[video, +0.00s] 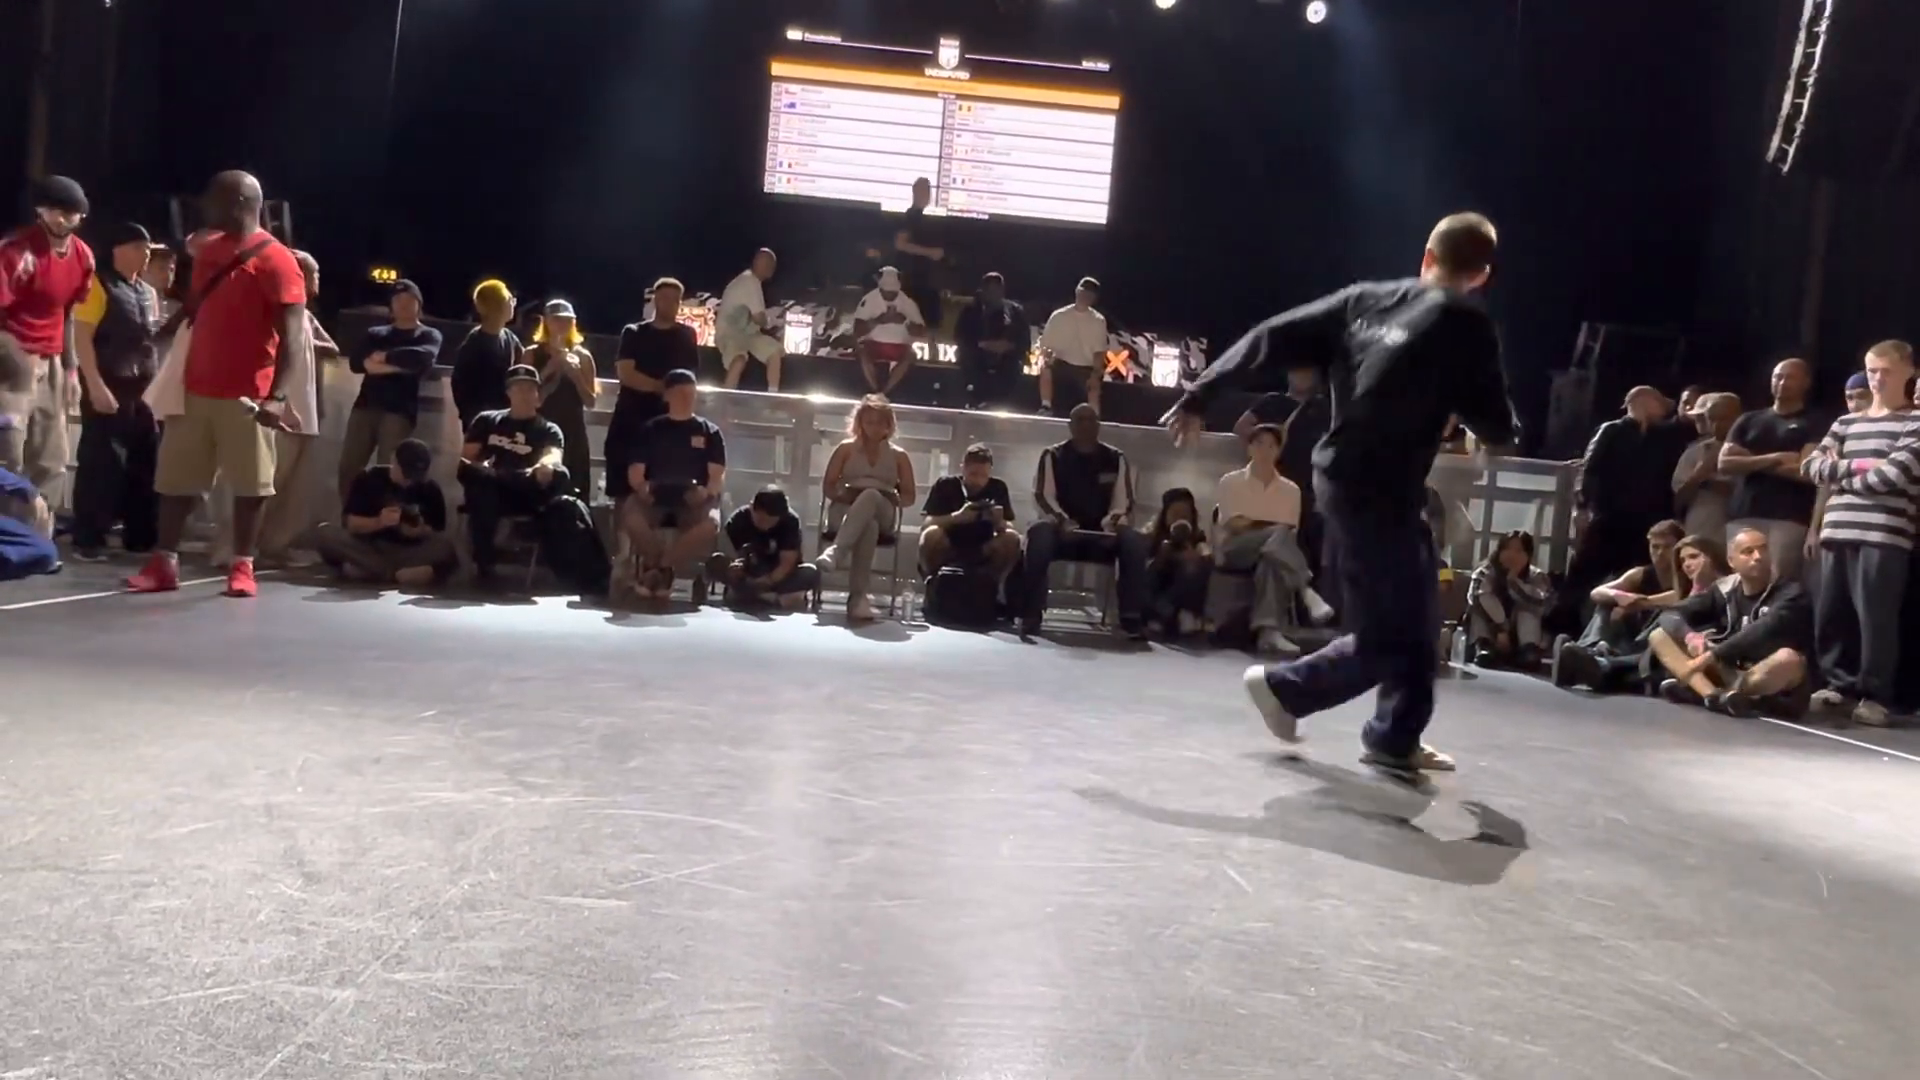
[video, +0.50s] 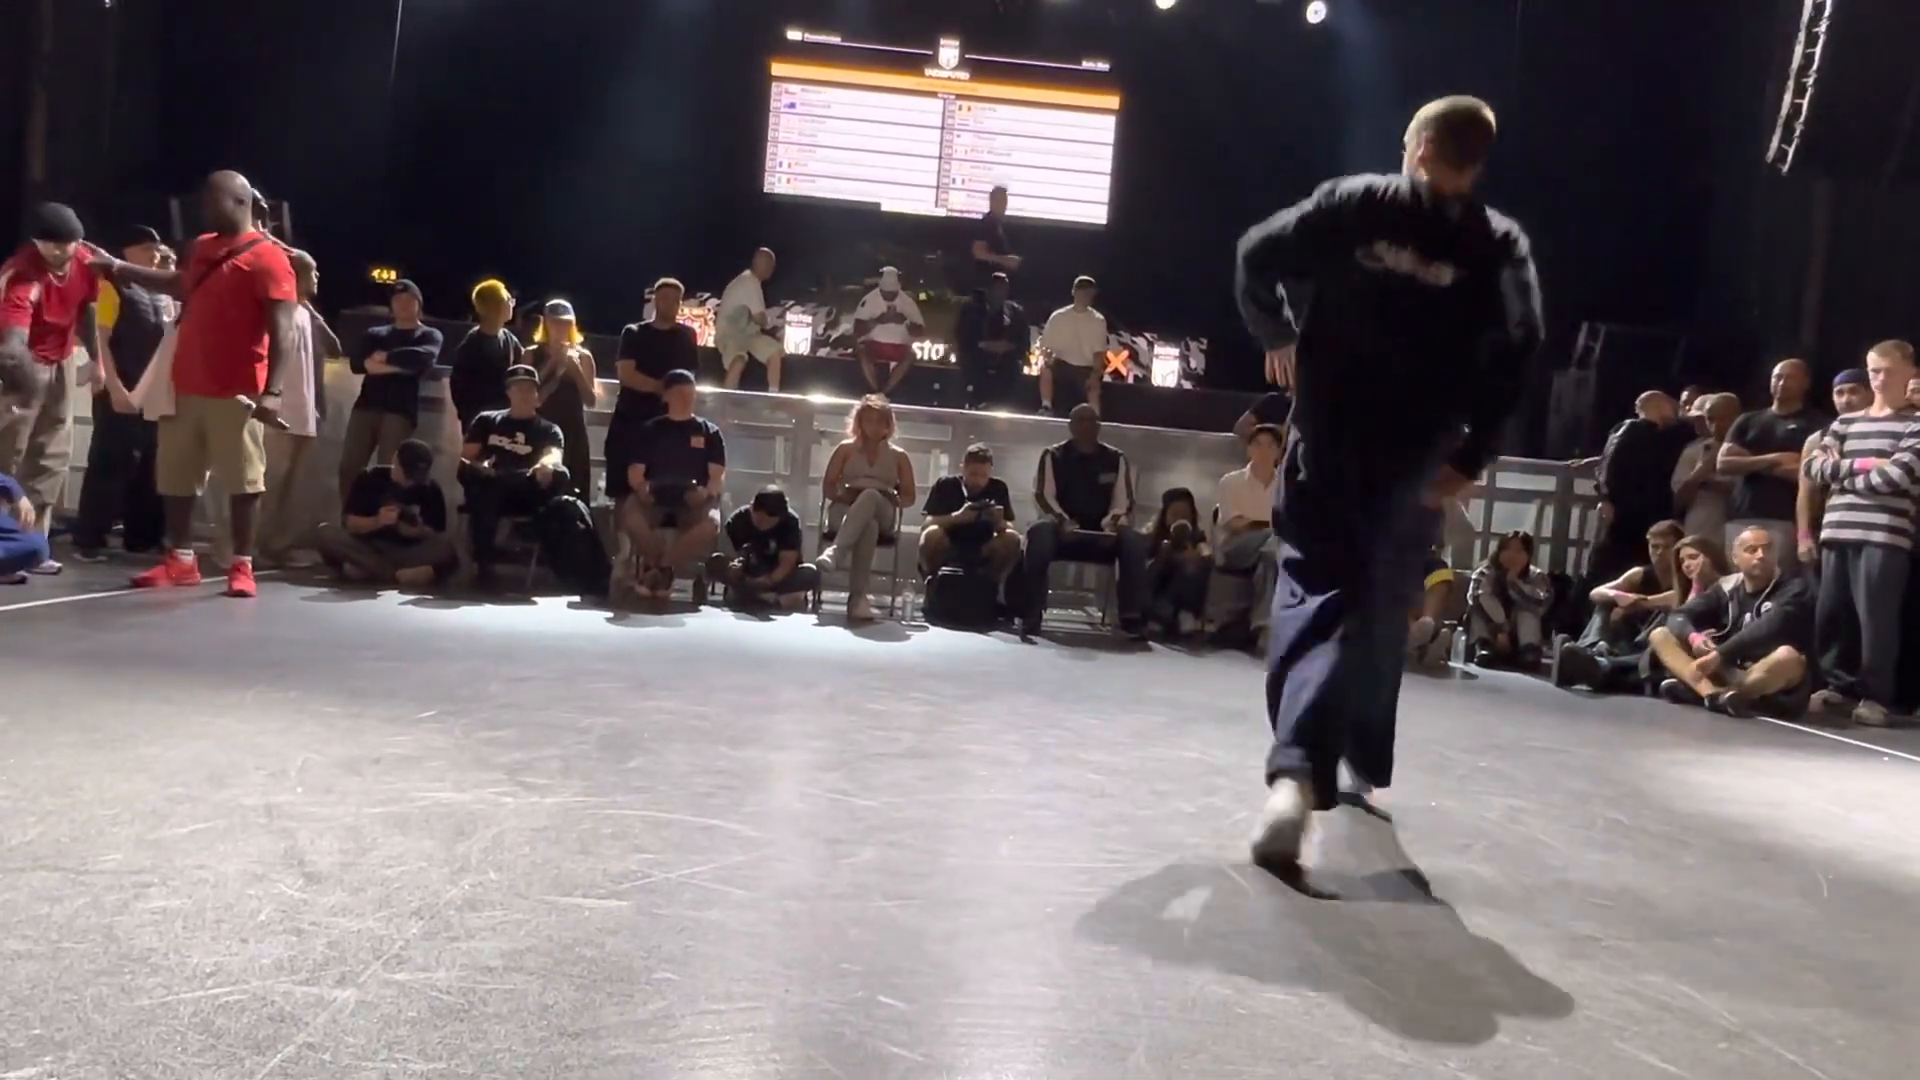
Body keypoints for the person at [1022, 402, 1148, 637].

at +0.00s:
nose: (1085, 426)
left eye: (1091, 421)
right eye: (1079, 421)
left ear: (1099, 425)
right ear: (1070, 425)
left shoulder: (1116, 458)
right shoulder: (1053, 456)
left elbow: (1123, 501)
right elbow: (1044, 496)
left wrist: (1114, 518)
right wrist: (1062, 519)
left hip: (1102, 536)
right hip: (1067, 534)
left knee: (1133, 540)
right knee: (1040, 532)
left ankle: (1132, 619)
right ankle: (1032, 616)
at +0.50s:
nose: (1086, 427)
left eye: (1091, 421)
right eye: (1080, 421)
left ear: (1099, 425)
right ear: (1070, 425)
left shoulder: (1116, 458)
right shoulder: (1053, 455)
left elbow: (1122, 501)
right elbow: (1045, 496)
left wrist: (1113, 519)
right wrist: (1062, 520)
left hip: (1102, 536)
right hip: (1066, 533)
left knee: (1132, 539)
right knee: (1039, 532)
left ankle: (1132, 618)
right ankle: (1032, 616)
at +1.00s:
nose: (1086, 427)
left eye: (1091, 422)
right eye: (1079, 422)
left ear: (1099, 426)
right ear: (1069, 426)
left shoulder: (1115, 459)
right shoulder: (1052, 456)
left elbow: (1122, 501)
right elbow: (1044, 497)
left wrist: (1113, 519)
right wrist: (1060, 520)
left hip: (1100, 536)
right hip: (1066, 534)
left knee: (1131, 540)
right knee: (1039, 533)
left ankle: (1130, 618)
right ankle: (1030, 619)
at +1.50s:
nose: (1087, 429)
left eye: (1093, 423)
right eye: (1081, 423)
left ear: (1102, 428)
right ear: (1071, 428)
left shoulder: (1118, 462)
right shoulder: (1053, 457)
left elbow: (1123, 503)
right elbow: (1037, 500)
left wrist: (1114, 519)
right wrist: (1053, 486)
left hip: (1099, 535)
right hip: (1062, 533)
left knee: (1132, 541)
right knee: (1040, 536)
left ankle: (1132, 619)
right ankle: (1031, 619)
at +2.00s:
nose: (1086, 430)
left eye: (1092, 424)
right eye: (1080, 425)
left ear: (1101, 430)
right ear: (1072, 430)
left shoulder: (1120, 463)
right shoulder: (1061, 455)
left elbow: (1124, 504)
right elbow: (1036, 464)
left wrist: (1115, 520)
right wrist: (1058, 429)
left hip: (1099, 535)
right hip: (1062, 532)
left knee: (1131, 543)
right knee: (1043, 537)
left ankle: (1131, 622)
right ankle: (1031, 621)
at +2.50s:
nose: (1082, 433)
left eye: (1087, 426)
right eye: (1077, 427)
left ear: (1097, 430)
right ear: (1068, 430)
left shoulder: (1114, 465)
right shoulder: (1054, 457)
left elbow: (1117, 506)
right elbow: (1030, 486)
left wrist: (1106, 523)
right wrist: (1045, 453)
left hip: (1092, 537)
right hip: (1056, 535)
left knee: (1124, 542)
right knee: (1036, 537)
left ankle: (1124, 621)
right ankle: (1025, 621)